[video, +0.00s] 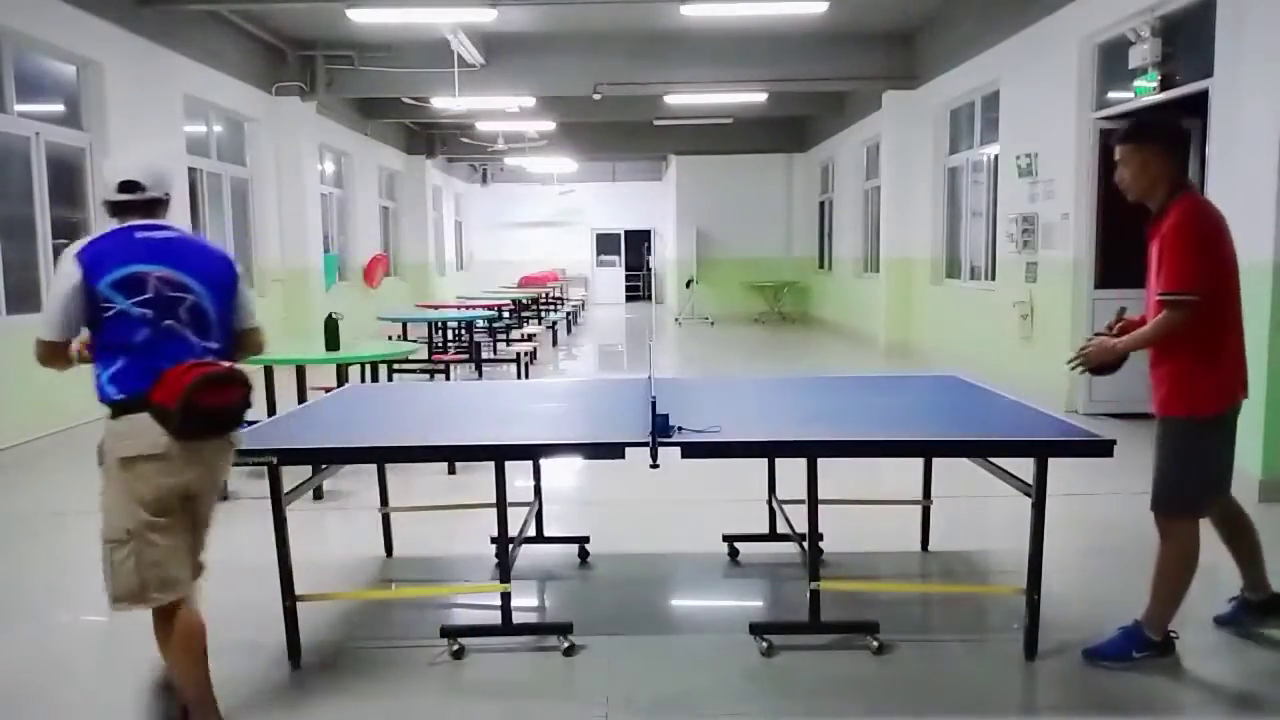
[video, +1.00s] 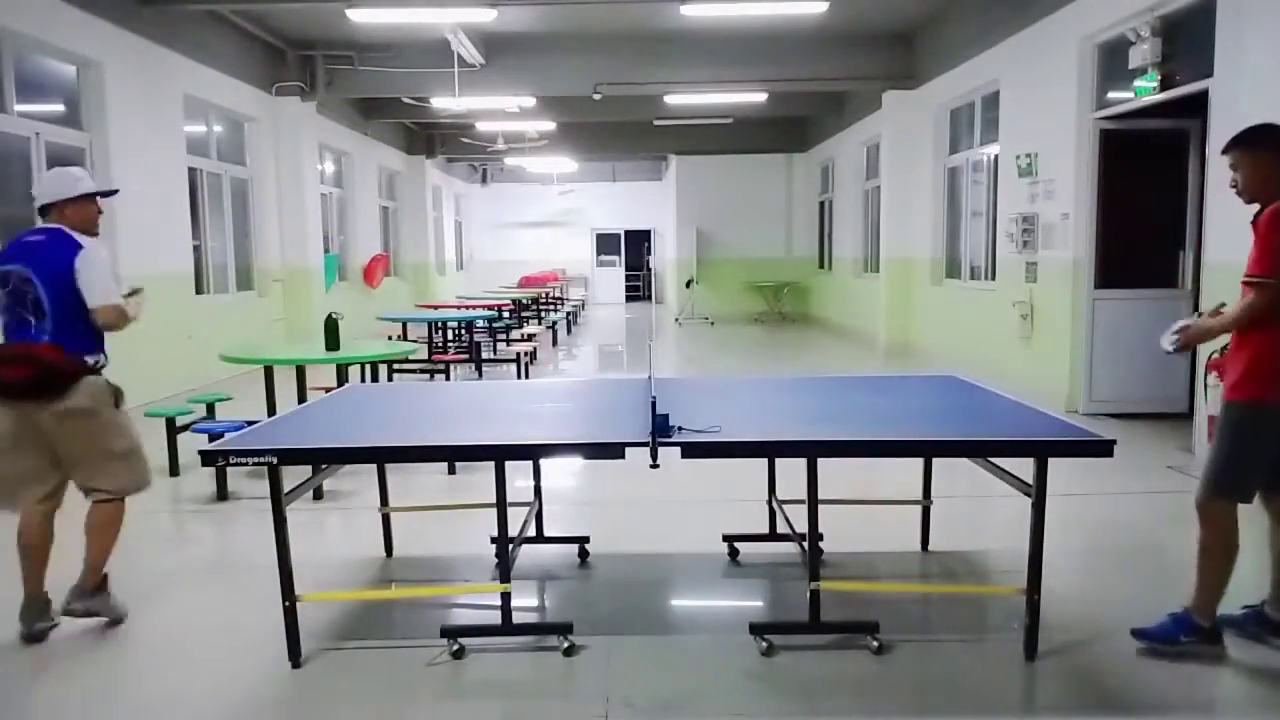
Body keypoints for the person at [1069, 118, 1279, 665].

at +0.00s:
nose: (1116, 176)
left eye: (1123, 163)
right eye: (1115, 164)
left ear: (1157, 159)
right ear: (1152, 162)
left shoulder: (1187, 222)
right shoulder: (1177, 219)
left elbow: (1182, 313)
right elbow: (1175, 302)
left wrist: (1119, 346)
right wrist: (1135, 323)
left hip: (1194, 396)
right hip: (1203, 393)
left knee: (1175, 512)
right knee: (1214, 498)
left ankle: (1153, 631)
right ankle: (1261, 594)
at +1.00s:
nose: (1232, 180)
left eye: (1238, 168)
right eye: (1230, 170)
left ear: (1268, 164)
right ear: (1265, 168)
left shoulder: (1272, 220)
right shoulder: (1270, 218)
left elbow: (1256, 302)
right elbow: (1255, 300)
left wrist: (1203, 328)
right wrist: (1208, 322)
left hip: (1255, 392)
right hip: (1265, 390)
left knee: (1215, 500)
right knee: (1273, 499)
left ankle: (1200, 618)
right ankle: (1275, 609)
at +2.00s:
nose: (1193, 175)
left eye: (1199, 164)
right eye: (1193, 164)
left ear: (1229, 163)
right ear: (1235, 165)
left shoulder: (1246, 220)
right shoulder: (1254, 215)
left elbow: (1247, 303)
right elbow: (1244, 294)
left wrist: (1193, 342)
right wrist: (1198, 274)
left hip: (1235, 392)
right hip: (1259, 390)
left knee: (1199, 499)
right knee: (1265, 498)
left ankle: (1221, 617)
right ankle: (1274, 606)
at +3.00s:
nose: (1130, 187)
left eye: (1137, 176)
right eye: (1129, 178)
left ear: (1170, 174)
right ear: (1150, 181)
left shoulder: (1214, 225)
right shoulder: (1161, 238)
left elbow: (1250, 294)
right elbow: (1168, 303)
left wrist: (1220, 362)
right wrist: (1130, 329)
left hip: (1229, 383)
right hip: (1188, 382)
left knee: (1217, 488)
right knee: (1181, 478)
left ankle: (1259, 604)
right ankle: (1192, 575)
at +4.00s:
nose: (1264, 261)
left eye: (1264, 254)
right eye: (1266, 254)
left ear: (1270, 247)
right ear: (1276, 247)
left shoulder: (1267, 268)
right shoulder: (1266, 272)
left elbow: (1245, 317)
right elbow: (1246, 318)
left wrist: (1241, 396)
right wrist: (1244, 397)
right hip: (1279, 419)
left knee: (1250, 509)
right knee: (1254, 509)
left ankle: (1277, 614)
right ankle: (1276, 614)